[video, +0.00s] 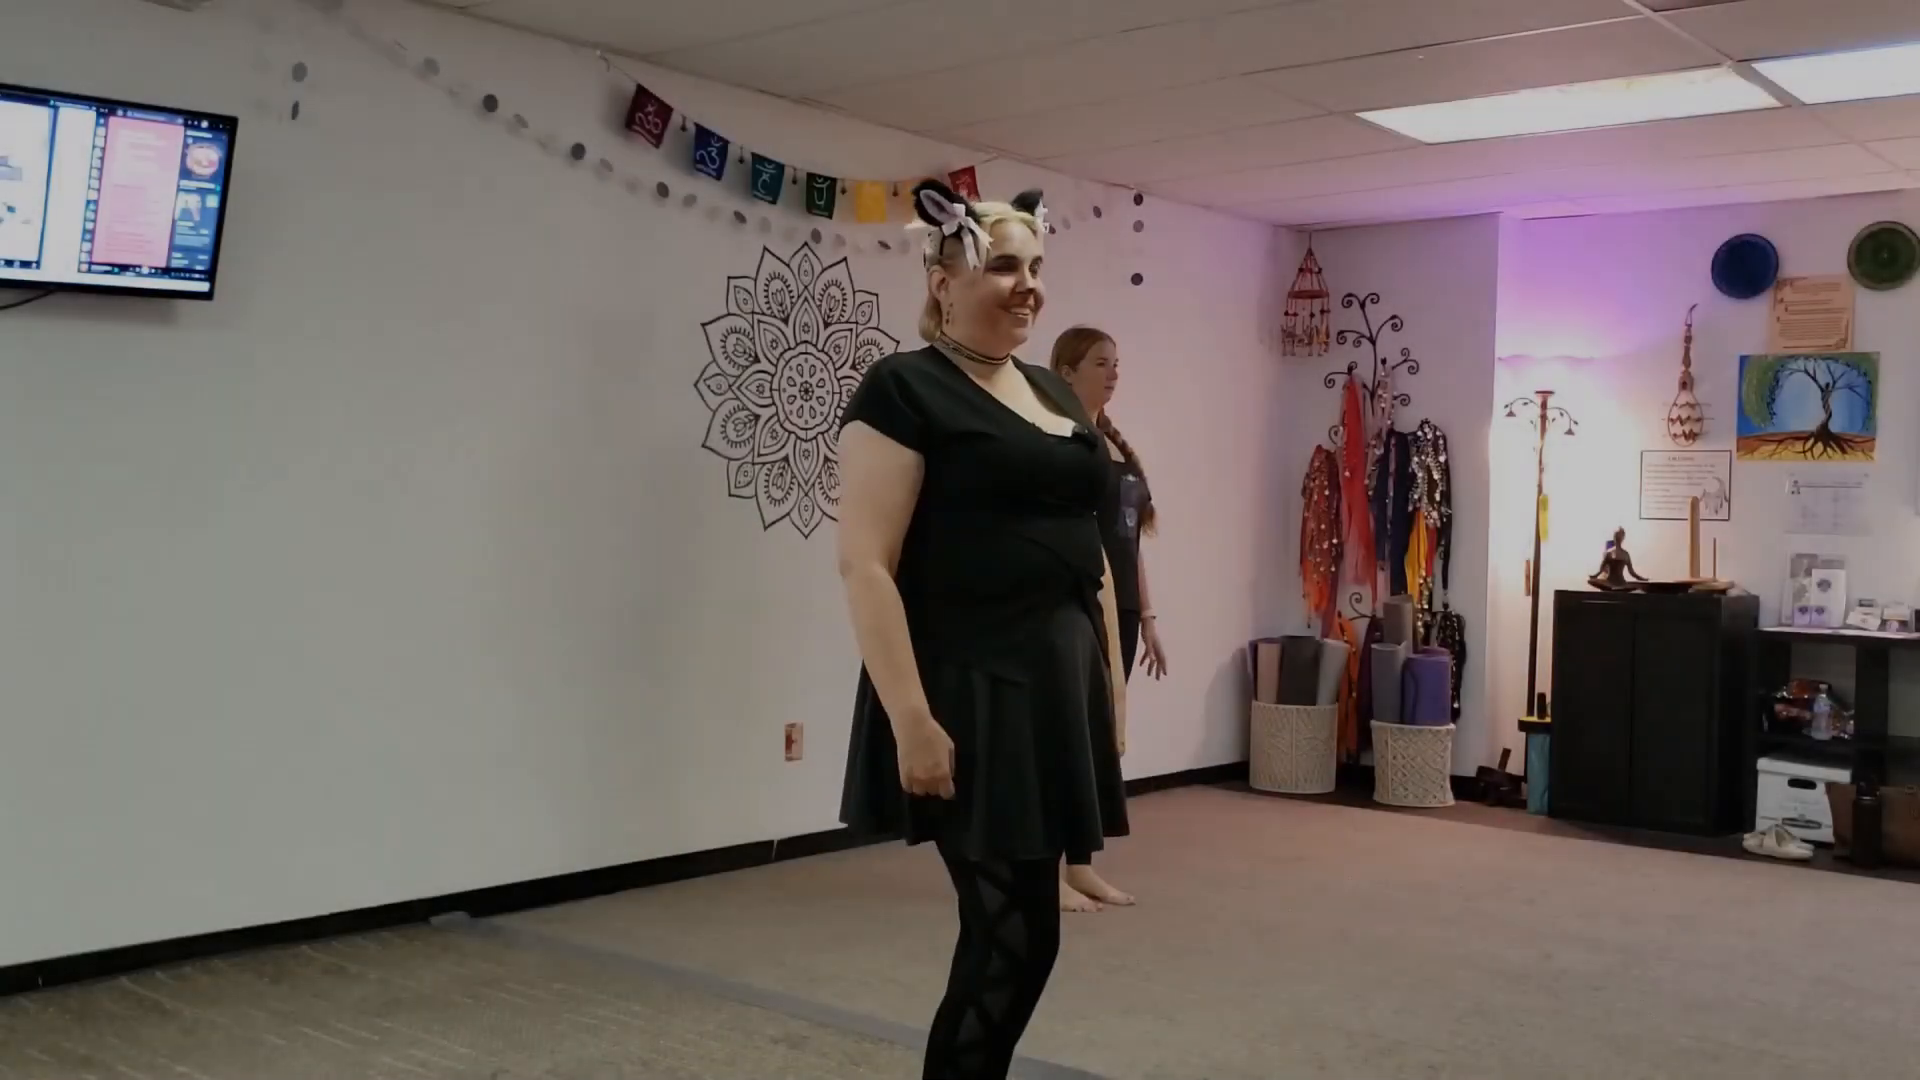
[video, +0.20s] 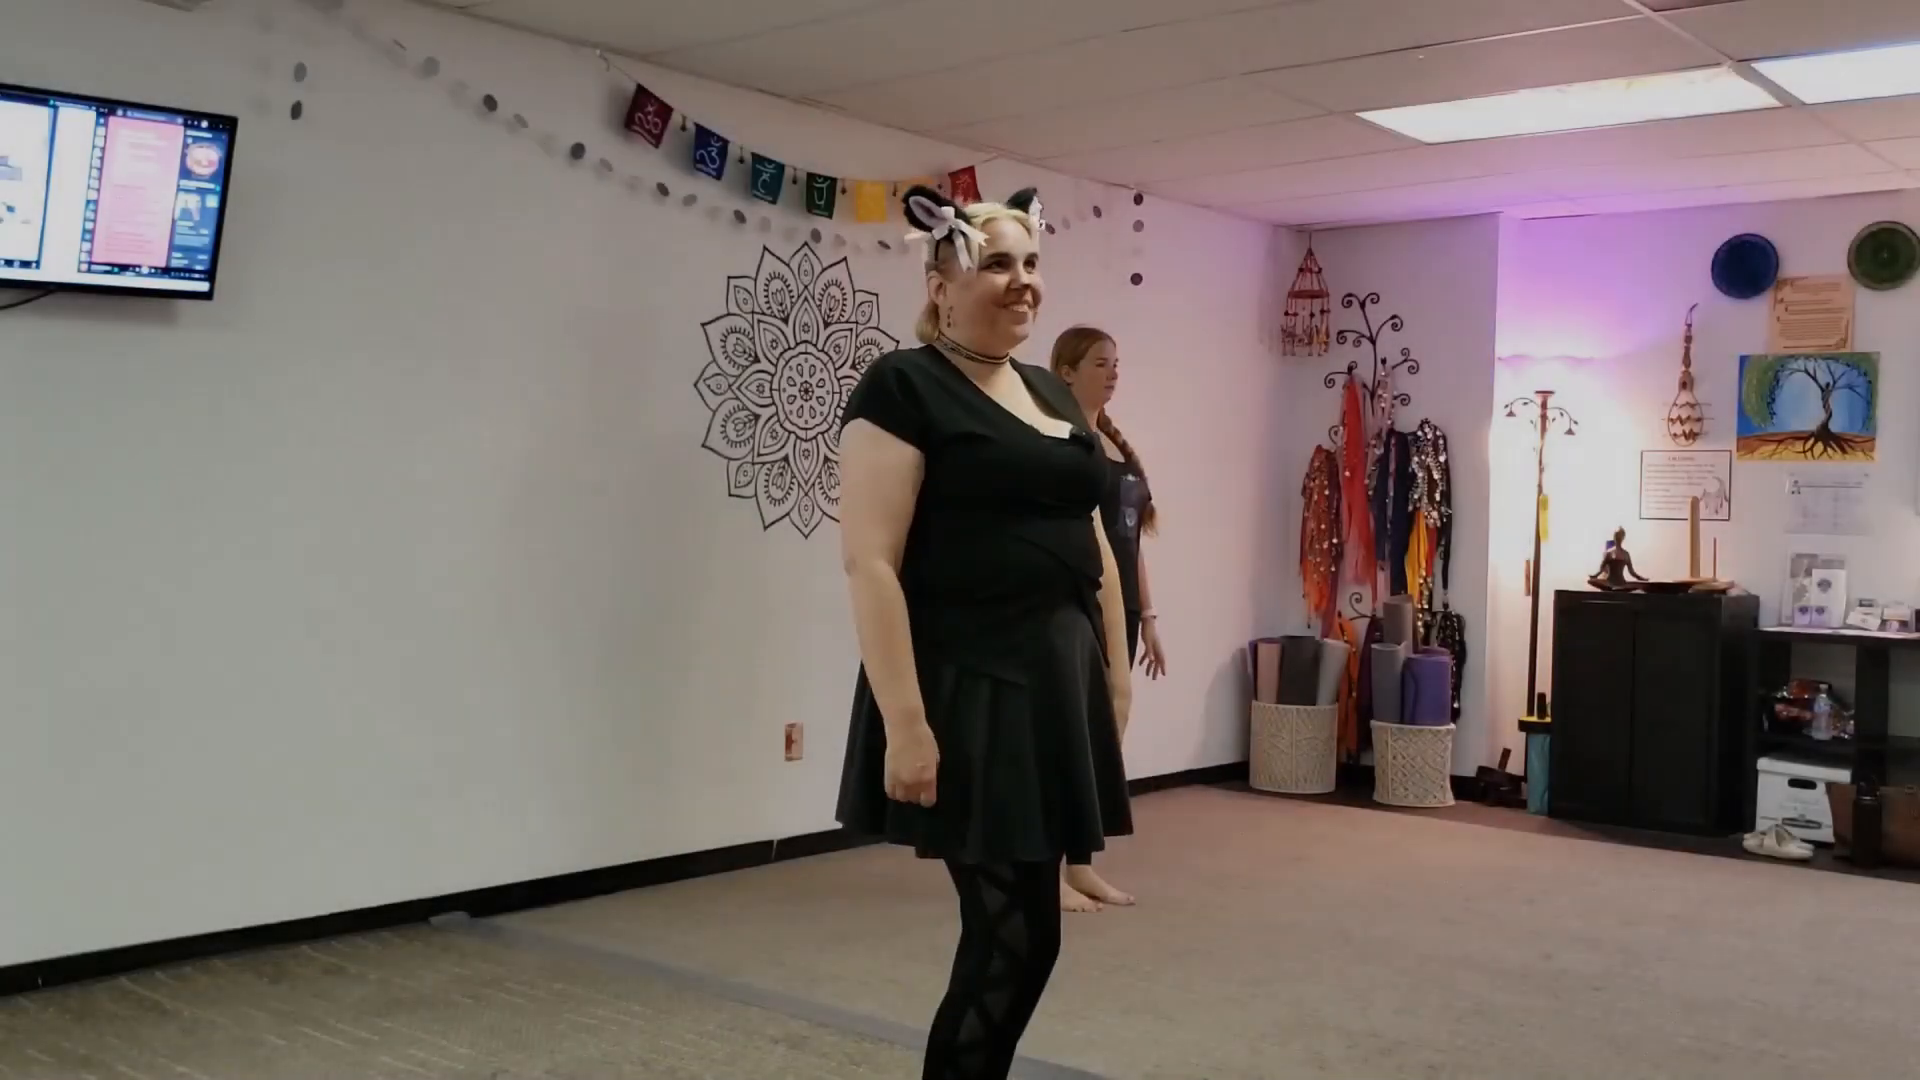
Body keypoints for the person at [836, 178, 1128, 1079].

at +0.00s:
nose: (1028, 283)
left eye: (1036, 268)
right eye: (1004, 264)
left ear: (1043, 283)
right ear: (941, 282)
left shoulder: (1053, 394)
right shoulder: (902, 388)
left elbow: (1092, 555)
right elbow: (863, 564)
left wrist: (1112, 681)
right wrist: (910, 721)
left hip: (1055, 690)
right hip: (959, 692)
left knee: (1015, 938)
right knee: (1015, 940)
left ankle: (967, 1072)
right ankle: (955, 1070)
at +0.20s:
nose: (1025, 280)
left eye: (1032, 264)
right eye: (998, 264)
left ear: (1040, 281)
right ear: (940, 289)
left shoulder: (1049, 391)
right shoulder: (900, 385)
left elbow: (1093, 541)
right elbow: (868, 562)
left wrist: (1116, 667)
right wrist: (904, 725)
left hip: (1055, 686)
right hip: (960, 689)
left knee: (1018, 938)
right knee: (1015, 940)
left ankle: (969, 1070)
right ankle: (955, 1069)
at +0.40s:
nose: (1016, 282)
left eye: (1025, 267)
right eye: (989, 269)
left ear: (1036, 284)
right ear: (939, 296)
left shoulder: (1049, 382)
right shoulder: (911, 374)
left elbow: (1100, 530)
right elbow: (889, 546)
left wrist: (1122, 662)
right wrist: (934, 713)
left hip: (1058, 679)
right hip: (967, 687)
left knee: (1023, 938)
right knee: (1016, 942)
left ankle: (972, 1072)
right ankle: (956, 1072)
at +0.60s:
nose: (1017, 278)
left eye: (1023, 264)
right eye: (989, 266)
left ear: (1034, 281)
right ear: (938, 296)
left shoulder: (1052, 381)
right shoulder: (909, 378)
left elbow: (1101, 526)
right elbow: (895, 550)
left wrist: (1124, 660)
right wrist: (934, 713)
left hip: (1059, 680)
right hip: (966, 688)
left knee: (1019, 934)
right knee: (1018, 940)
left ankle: (969, 1068)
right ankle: (956, 1071)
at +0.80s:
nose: (1019, 281)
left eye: (1026, 266)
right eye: (993, 268)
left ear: (1036, 283)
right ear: (939, 296)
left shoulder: (1052, 382)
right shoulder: (909, 378)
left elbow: (1103, 534)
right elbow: (895, 550)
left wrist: (1124, 673)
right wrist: (939, 714)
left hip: (1059, 678)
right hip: (967, 687)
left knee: (1020, 934)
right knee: (1018, 940)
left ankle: (970, 1067)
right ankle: (958, 1069)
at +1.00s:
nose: (1027, 284)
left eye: (1031, 269)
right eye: (1000, 271)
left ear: (1039, 282)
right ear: (941, 298)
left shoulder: (1051, 386)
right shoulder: (910, 379)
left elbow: (1102, 535)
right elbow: (897, 554)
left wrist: (1124, 675)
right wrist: (931, 720)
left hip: (1060, 683)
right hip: (968, 689)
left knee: (1021, 937)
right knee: (1019, 941)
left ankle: (969, 1069)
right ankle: (957, 1072)